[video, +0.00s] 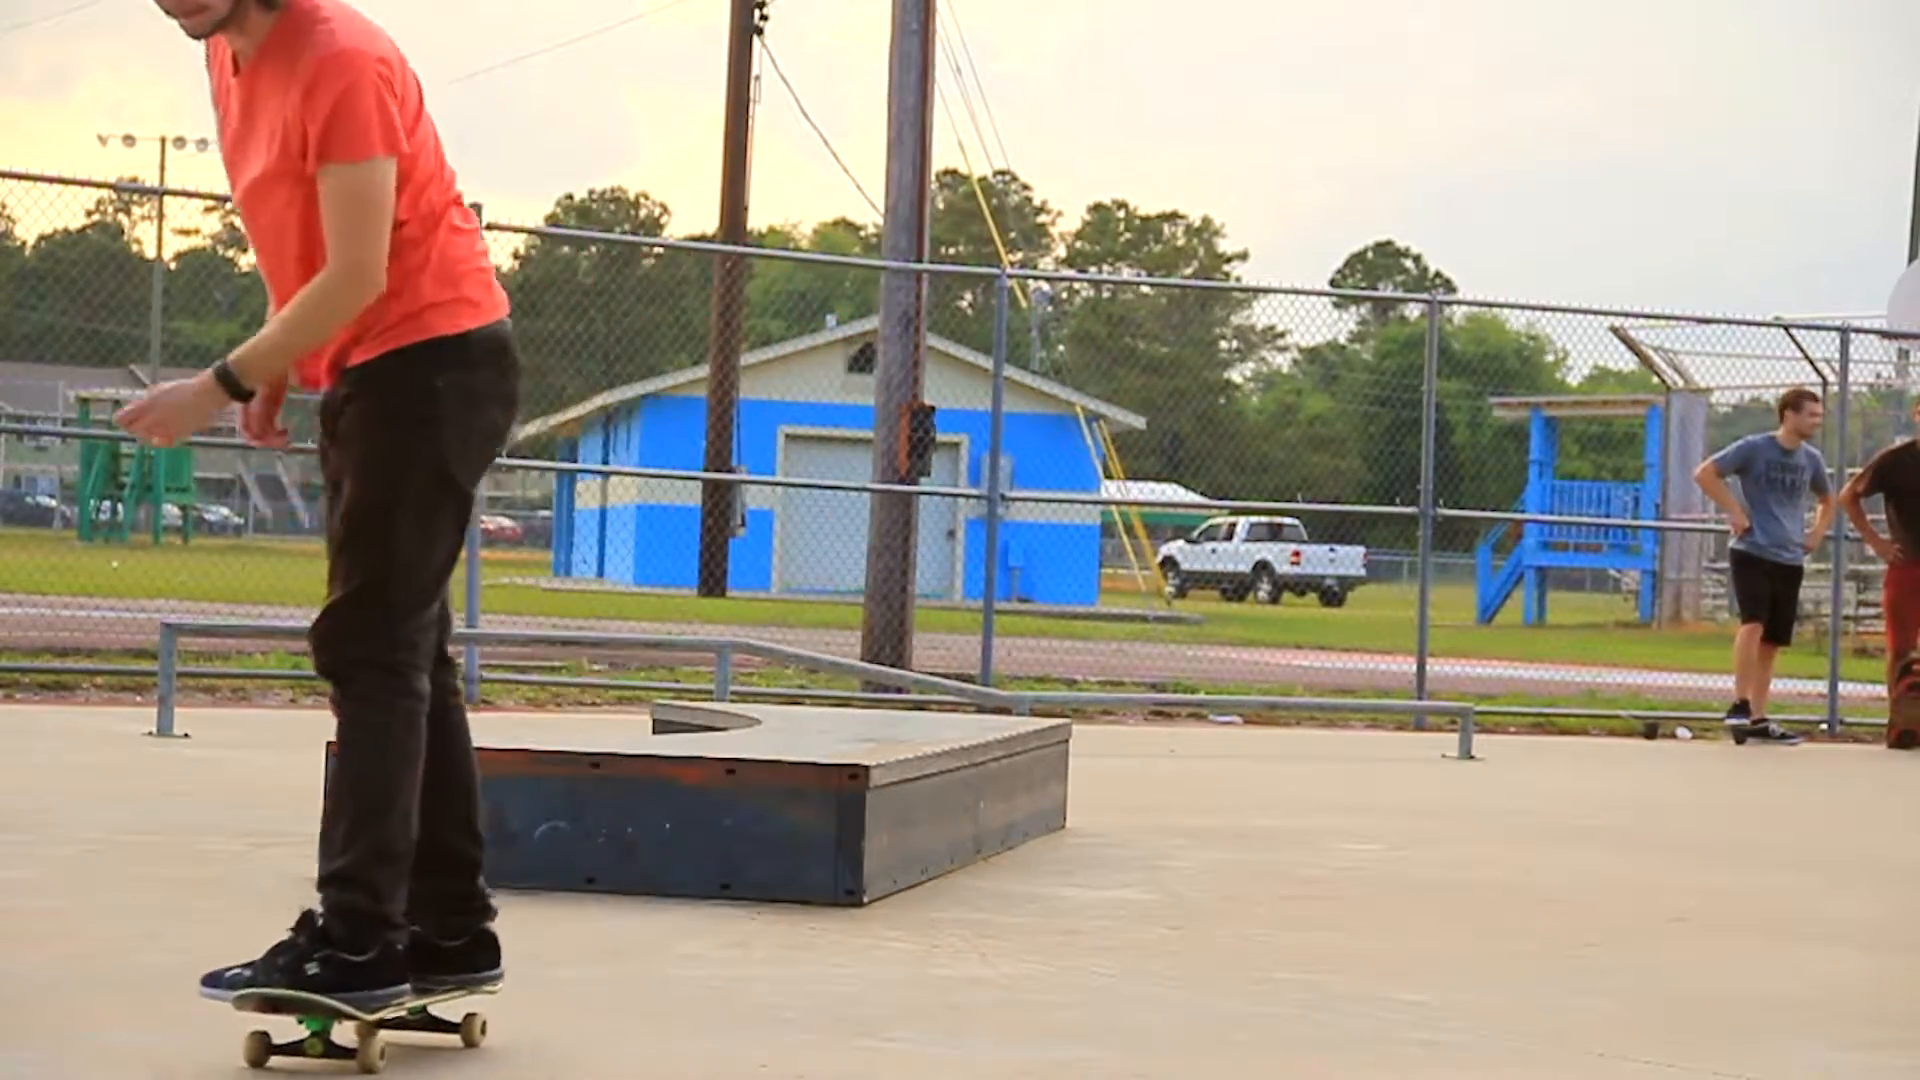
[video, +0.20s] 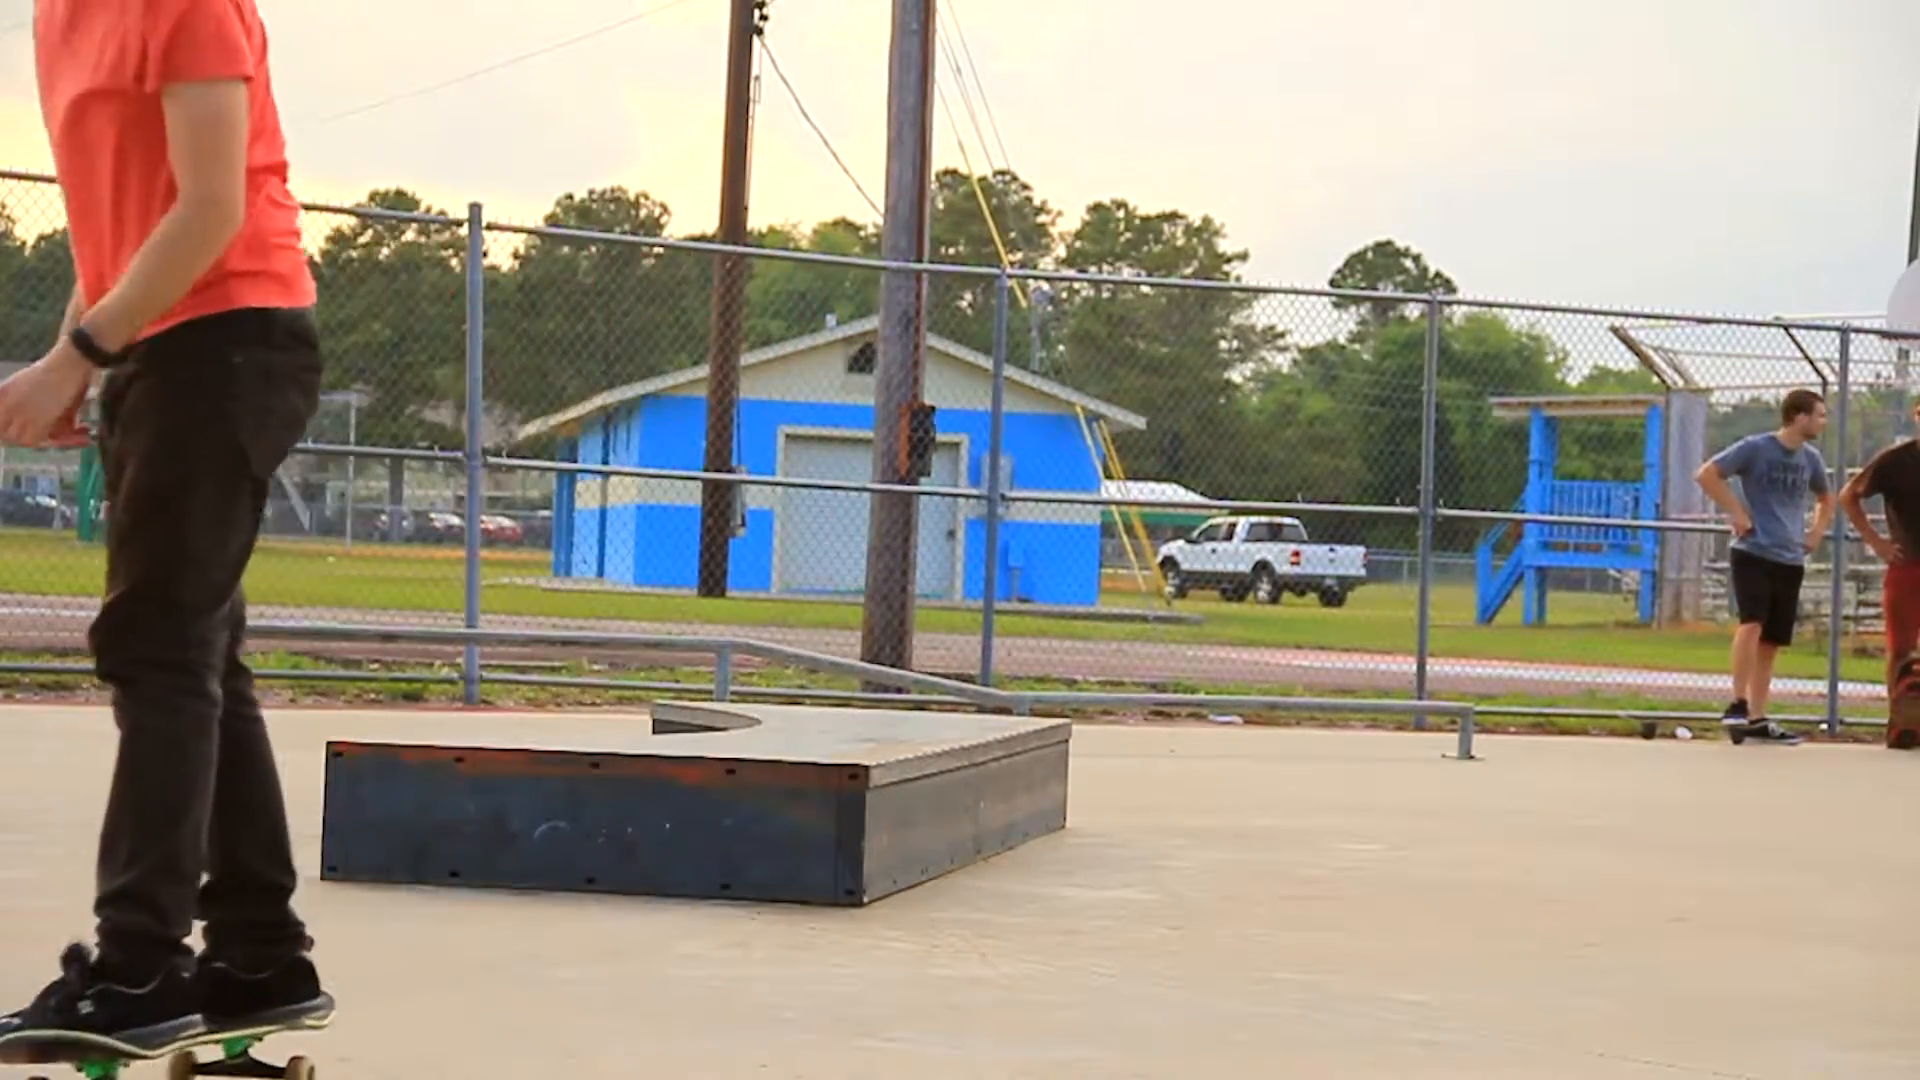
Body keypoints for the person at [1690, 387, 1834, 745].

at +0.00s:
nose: (1817, 422)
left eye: (1819, 415)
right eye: (1812, 415)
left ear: (1816, 420)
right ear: (1788, 415)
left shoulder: (1812, 459)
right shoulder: (1755, 447)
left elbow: (1828, 500)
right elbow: (1705, 473)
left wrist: (1817, 534)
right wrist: (1735, 511)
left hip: (1789, 557)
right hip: (1752, 550)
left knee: (1772, 641)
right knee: (1753, 624)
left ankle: (1758, 717)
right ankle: (1741, 704)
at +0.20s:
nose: (1824, 422)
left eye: (1824, 416)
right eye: (1820, 415)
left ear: (1806, 419)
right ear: (1798, 417)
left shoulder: (1811, 458)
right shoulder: (1756, 447)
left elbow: (1827, 499)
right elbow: (1707, 474)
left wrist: (1817, 532)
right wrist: (1737, 513)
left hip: (1790, 557)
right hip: (1753, 551)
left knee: (1771, 641)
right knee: (1752, 624)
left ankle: (1757, 716)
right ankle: (1739, 704)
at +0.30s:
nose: (1808, 401)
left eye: (1815, 395)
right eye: (1802, 395)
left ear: (1828, 399)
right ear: (1794, 400)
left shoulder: (1848, 444)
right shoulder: (1774, 445)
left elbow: (1885, 483)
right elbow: (1761, 502)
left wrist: (1859, 515)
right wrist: (1758, 554)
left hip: (1825, 556)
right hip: (1782, 554)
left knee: (1817, 638)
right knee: (1774, 636)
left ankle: (1807, 713)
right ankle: (1770, 711)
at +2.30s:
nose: (1797, 402)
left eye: (1804, 395)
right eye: (1792, 395)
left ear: (1817, 400)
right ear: (1782, 400)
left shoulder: (1840, 443)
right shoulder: (1764, 447)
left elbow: (1883, 480)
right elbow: (1750, 504)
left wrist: (1853, 514)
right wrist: (1752, 555)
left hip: (1822, 554)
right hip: (1778, 552)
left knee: (1816, 639)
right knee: (1773, 638)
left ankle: (1807, 714)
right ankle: (1770, 712)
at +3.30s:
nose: (1807, 404)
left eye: (1814, 398)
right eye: (1801, 398)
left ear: (1824, 402)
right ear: (1791, 402)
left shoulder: (1845, 444)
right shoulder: (1769, 447)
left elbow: (1884, 480)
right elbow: (1754, 505)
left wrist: (1856, 514)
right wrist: (1754, 556)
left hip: (1826, 555)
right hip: (1781, 553)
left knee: (1817, 639)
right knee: (1775, 638)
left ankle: (1807, 714)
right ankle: (1770, 712)